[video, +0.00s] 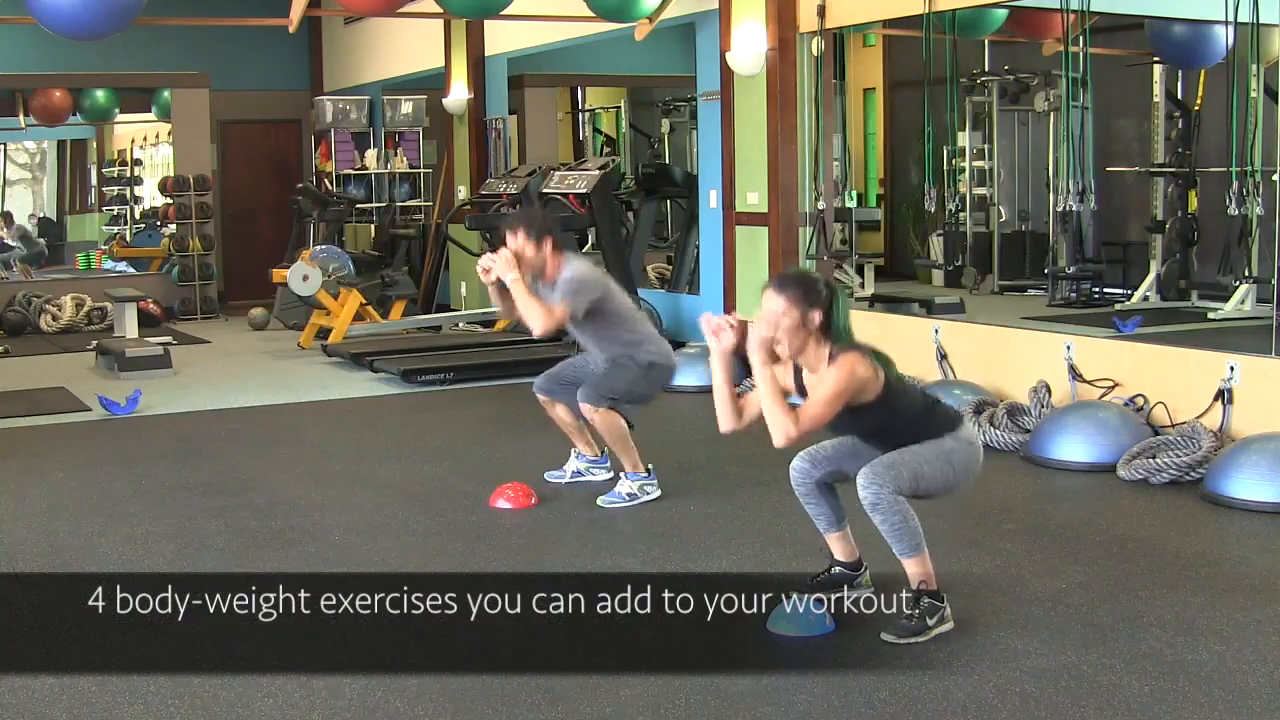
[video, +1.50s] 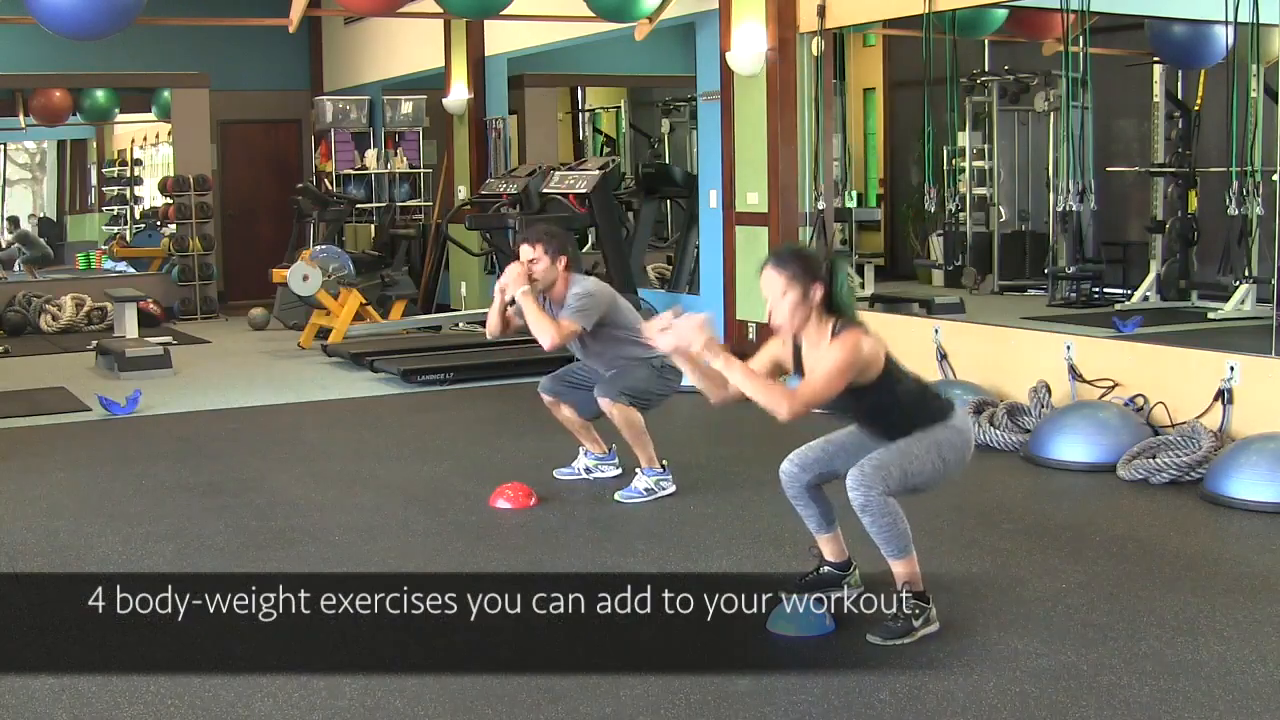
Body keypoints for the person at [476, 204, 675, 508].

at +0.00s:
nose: (517, 260)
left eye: (522, 253)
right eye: (514, 254)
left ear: (547, 245)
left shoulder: (580, 275)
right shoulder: (542, 276)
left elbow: (543, 325)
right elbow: (511, 312)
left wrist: (512, 277)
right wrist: (492, 284)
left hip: (645, 359)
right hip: (604, 357)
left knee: (593, 401)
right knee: (547, 389)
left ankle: (639, 477)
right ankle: (591, 458)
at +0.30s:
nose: (523, 242)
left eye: (530, 233)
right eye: (519, 235)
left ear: (558, 231)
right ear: (517, 233)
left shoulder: (585, 263)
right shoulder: (536, 264)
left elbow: (592, 314)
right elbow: (497, 298)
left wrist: (531, 324)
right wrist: (492, 333)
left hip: (642, 349)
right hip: (598, 349)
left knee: (594, 398)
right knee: (546, 393)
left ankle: (639, 477)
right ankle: (589, 458)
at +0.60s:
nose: (542, 126)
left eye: (547, 114)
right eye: (533, 120)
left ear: (569, 104)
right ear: (528, 122)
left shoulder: (615, 143)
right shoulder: (551, 156)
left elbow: (659, 187)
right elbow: (577, 206)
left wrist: (618, 219)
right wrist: (574, 249)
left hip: (624, 278)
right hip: (578, 277)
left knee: (620, 369)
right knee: (552, 358)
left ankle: (637, 461)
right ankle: (569, 443)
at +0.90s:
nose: (552, 127)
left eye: (557, 117)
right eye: (547, 120)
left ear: (582, 109)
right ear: (547, 121)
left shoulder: (617, 150)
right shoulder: (564, 157)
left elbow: (635, 210)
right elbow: (560, 205)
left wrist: (574, 198)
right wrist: (535, 240)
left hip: (622, 287)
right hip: (579, 284)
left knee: (620, 381)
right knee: (544, 362)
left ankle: (640, 465)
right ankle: (565, 446)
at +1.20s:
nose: (529, 175)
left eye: (536, 167)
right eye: (527, 167)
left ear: (564, 165)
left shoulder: (597, 200)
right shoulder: (547, 203)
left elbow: (581, 249)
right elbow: (504, 244)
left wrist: (538, 209)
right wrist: (497, 213)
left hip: (631, 315)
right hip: (594, 317)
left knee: (612, 392)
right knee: (558, 387)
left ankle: (654, 469)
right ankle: (600, 455)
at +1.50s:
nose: (527, 271)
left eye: (533, 263)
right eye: (524, 264)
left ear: (561, 263)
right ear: (522, 266)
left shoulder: (589, 292)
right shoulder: (543, 298)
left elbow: (551, 340)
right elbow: (496, 331)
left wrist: (522, 292)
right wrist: (500, 297)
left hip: (651, 364)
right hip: (600, 367)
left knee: (609, 394)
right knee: (551, 391)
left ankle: (655, 472)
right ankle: (600, 456)